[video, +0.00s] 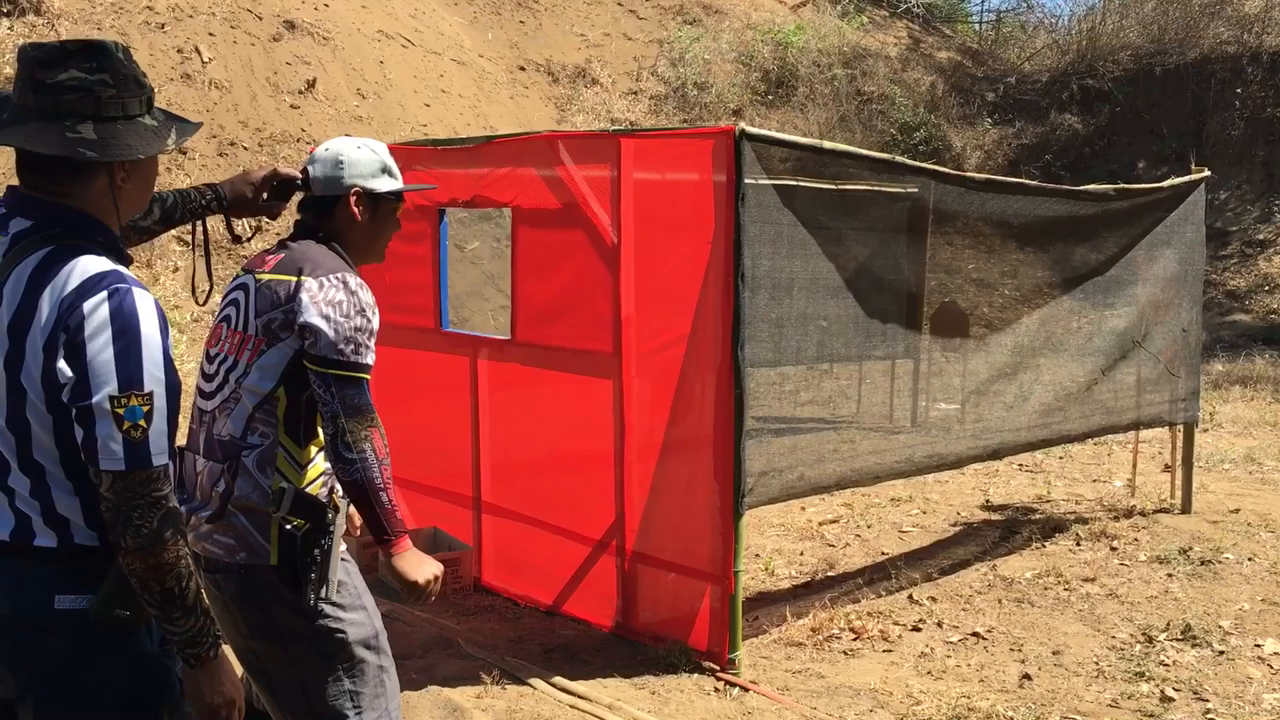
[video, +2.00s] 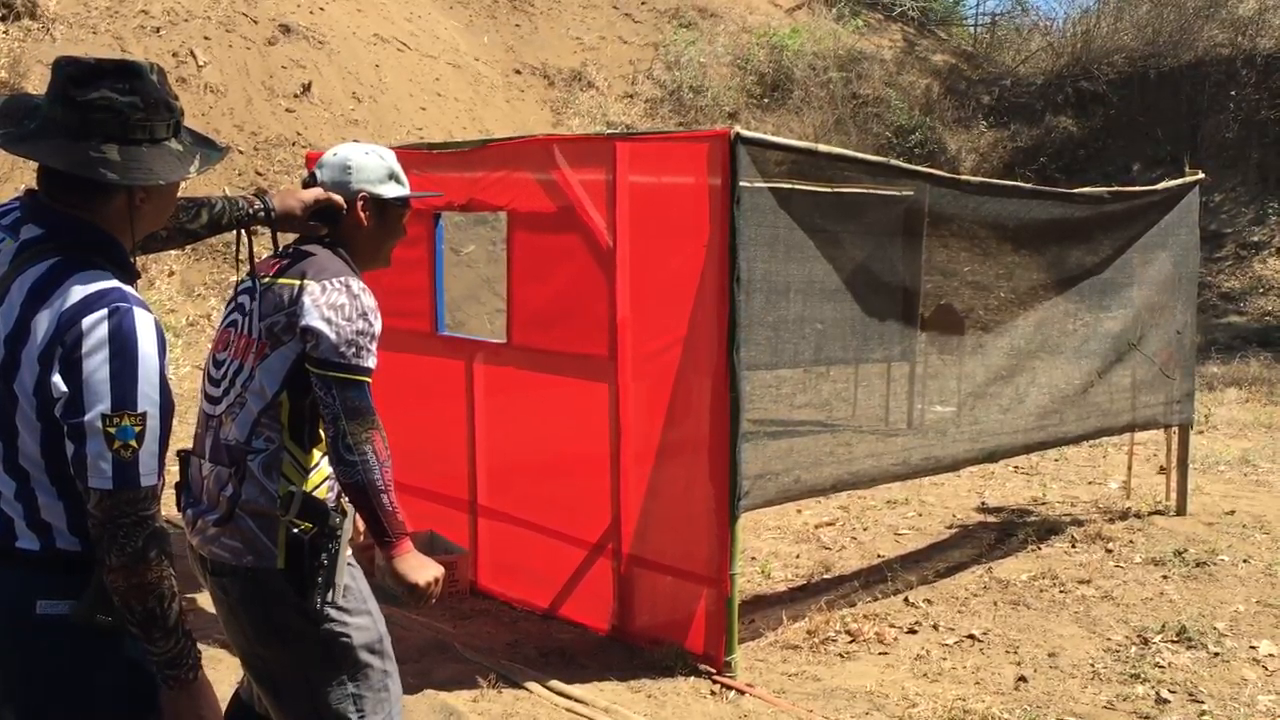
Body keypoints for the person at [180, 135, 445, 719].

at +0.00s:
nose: (401, 223)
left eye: (401, 208)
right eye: (395, 207)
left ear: (335, 203)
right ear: (356, 207)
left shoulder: (265, 267)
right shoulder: (336, 287)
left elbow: (275, 406)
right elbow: (352, 431)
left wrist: (335, 494)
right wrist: (401, 545)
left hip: (222, 532)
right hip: (280, 540)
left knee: (285, 696)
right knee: (363, 696)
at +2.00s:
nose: (406, 228)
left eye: (407, 213)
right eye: (400, 212)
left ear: (339, 210)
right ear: (360, 212)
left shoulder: (272, 271)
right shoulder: (339, 291)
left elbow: (280, 414)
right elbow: (353, 435)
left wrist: (342, 509)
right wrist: (402, 547)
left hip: (225, 527)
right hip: (281, 541)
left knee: (276, 686)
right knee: (366, 698)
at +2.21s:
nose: (405, 231)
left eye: (407, 217)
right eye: (401, 216)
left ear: (334, 210)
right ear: (362, 213)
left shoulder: (269, 272)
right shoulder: (342, 286)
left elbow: (266, 415)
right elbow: (336, 411)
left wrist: (337, 503)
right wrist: (401, 515)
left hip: (225, 528)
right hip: (281, 540)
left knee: (276, 687)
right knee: (367, 701)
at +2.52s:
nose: (422, 233)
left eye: (423, 219)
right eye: (417, 218)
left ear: (354, 214)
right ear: (378, 217)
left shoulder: (303, 270)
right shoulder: (349, 269)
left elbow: (291, 409)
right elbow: (298, 340)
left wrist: (362, 493)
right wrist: (344, 462)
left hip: (252, 530)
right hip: (300, 539)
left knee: (285, 683)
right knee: (363, 707)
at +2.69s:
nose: (410, 271)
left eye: (408, 257)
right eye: (401, 257)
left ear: (352, 261)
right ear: (363, 263)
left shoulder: (302, 310)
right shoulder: (350, 318)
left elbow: (350, 413)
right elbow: (390, 419)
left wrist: (451, 432)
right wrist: (472, 404)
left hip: (237, 549)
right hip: (297, 564)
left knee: (288, 643)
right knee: (390, 708)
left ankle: (257, 711)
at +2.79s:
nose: (391, 270)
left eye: (390, 258)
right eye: (381, 258)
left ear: (337, 261)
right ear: (343, 262)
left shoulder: (288, 308)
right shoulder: (340, 319)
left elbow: (391, 357)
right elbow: (414, 402)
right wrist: (488, 352)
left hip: (236, 533)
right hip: (293, 544)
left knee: (280, 628)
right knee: (348, 706)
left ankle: (255, 714)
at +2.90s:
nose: (386, 265)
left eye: (386, 253)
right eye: (378, 254)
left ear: (333, 255)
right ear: (338, 256)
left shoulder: (316, 291)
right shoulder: (323, 308)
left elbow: (417, 319)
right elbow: (413, 369)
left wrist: (501, 314)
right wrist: (493, 328)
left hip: (232, 502)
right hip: (262, 511)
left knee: (282, 615)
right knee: (366, 631)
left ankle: (254, 716)